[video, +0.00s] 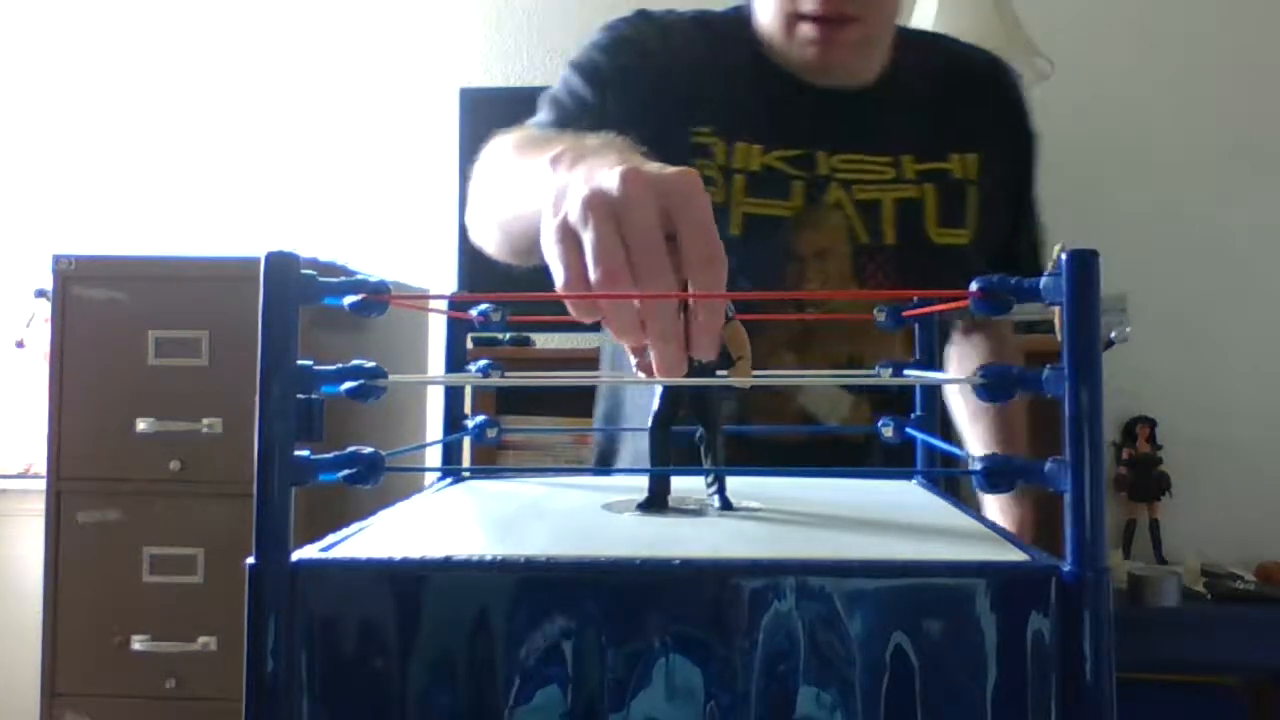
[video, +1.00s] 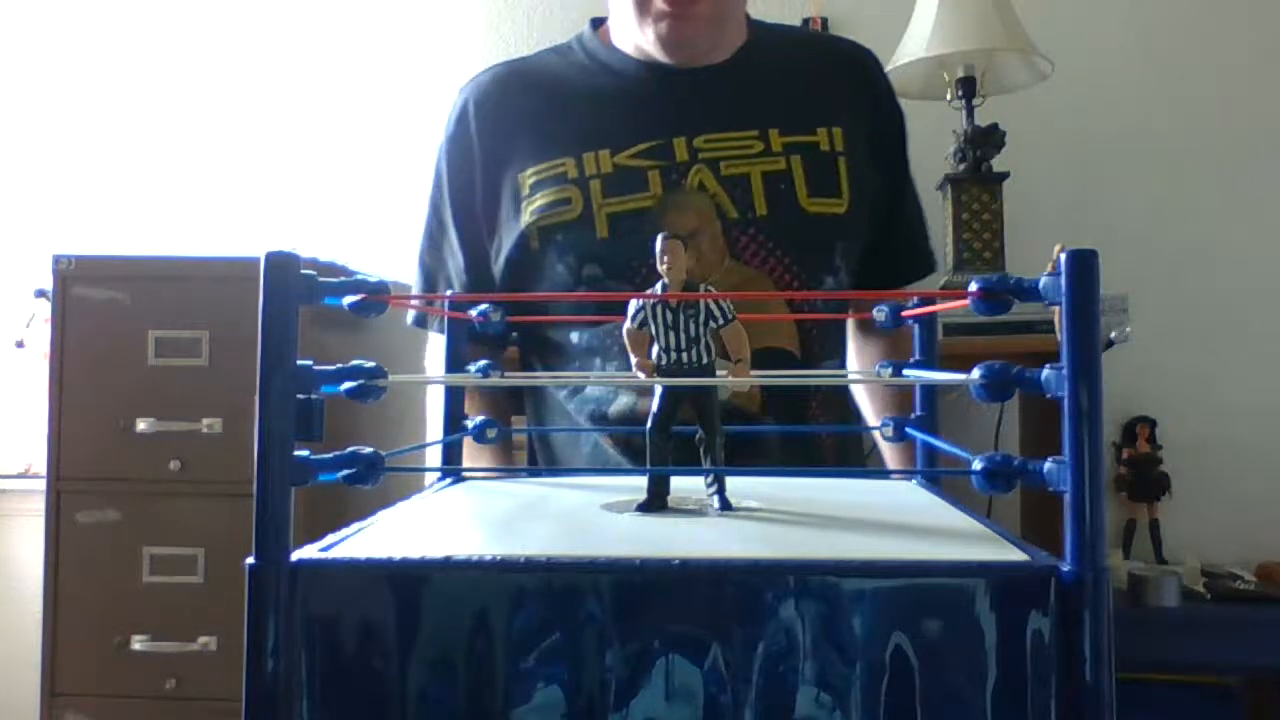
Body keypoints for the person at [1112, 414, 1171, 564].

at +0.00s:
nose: (1145, 431)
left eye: (1148, 428)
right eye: (1142, 428)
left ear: (1151, 431)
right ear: (1136, 430)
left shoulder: (1153, 447)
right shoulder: (1129, 446)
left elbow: (1158, 464)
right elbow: (1124, 464)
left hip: (1152, 483)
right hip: (1134, 483)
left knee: (1154, 518)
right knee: (1132, 517)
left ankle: (1159, 555)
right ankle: (1126, 554)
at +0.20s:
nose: (1145, 431)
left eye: (1148, 428)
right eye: (1142, 427)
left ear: (1151, 431)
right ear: (1136, 430)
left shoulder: (1153, 447)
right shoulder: (1129, 446)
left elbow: (1157, 464)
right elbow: (1124, 464)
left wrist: (1137, 459)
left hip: (1152, 483)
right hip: (1134, 483)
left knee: (1154, 517)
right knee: (1132, 517)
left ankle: (1159, 555)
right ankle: (1126, 554)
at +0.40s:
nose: (1145, 431)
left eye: (1148, 428)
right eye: (1142, 427)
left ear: (1151, 431)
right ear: (1135, 429)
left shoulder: (1153, 448)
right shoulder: (1129, 446)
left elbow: (1158, 464)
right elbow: (1124, 465)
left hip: (1152, 483)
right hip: (1134, 483)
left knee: (1154, 517)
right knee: (1132, 516)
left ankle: (1159, 555)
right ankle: (1126, 554)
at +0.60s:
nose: (1146, 432)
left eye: (1148, 428)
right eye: (1143, 428)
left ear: (1151, 431)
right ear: (1137, 430)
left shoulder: (1153, 446)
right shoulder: (1129, 446)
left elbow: (1158, 463)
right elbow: (1124, 463)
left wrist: (1136, 458)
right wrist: (1148, 460)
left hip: (1152, 483)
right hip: (1133, 483)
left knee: (1154, 517)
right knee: (1132, 517)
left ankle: (1159, 556)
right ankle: (1126, 555)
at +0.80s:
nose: (1146, 432)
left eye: (1148, 428)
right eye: (1143, 428)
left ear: (1151, 431)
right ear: (1137, 430)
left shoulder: (1153, 446)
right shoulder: (1129, 446)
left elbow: (1158, 463)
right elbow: (1124, 463)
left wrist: (1136, 458)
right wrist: (1149, 460)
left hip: (1152, 483)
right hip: (1133, 483)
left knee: (1154, 518)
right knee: (1132, 517)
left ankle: (1159, 556)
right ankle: (1126, 555)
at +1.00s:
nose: (1144, 431)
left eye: (1147, 428)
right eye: (1142, 428)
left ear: (1150, 431)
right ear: (1136, 430)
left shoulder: (1153, 448)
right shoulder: (1129, 447)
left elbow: (1158, 465)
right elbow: (1124, 466)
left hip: (1152, 484)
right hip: (1133, 483)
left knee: (1154, 517)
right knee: (1133, 516)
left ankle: (1159, 556)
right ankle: (1126, 555)